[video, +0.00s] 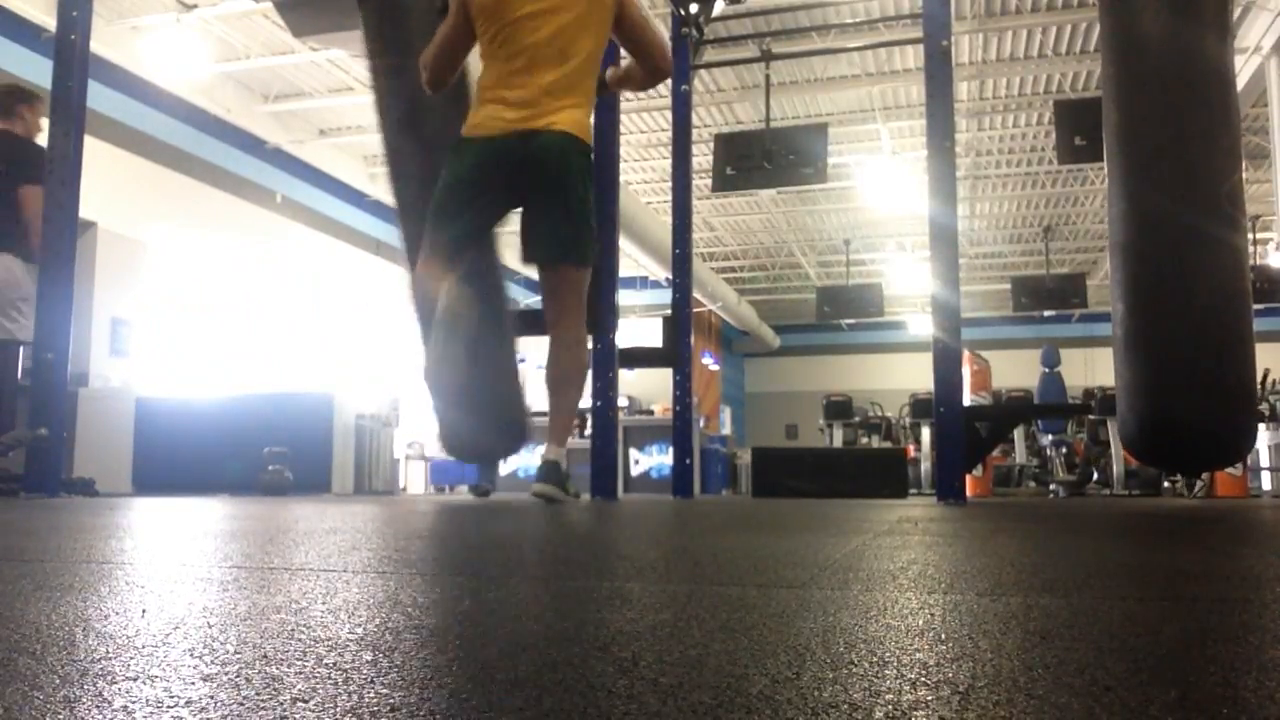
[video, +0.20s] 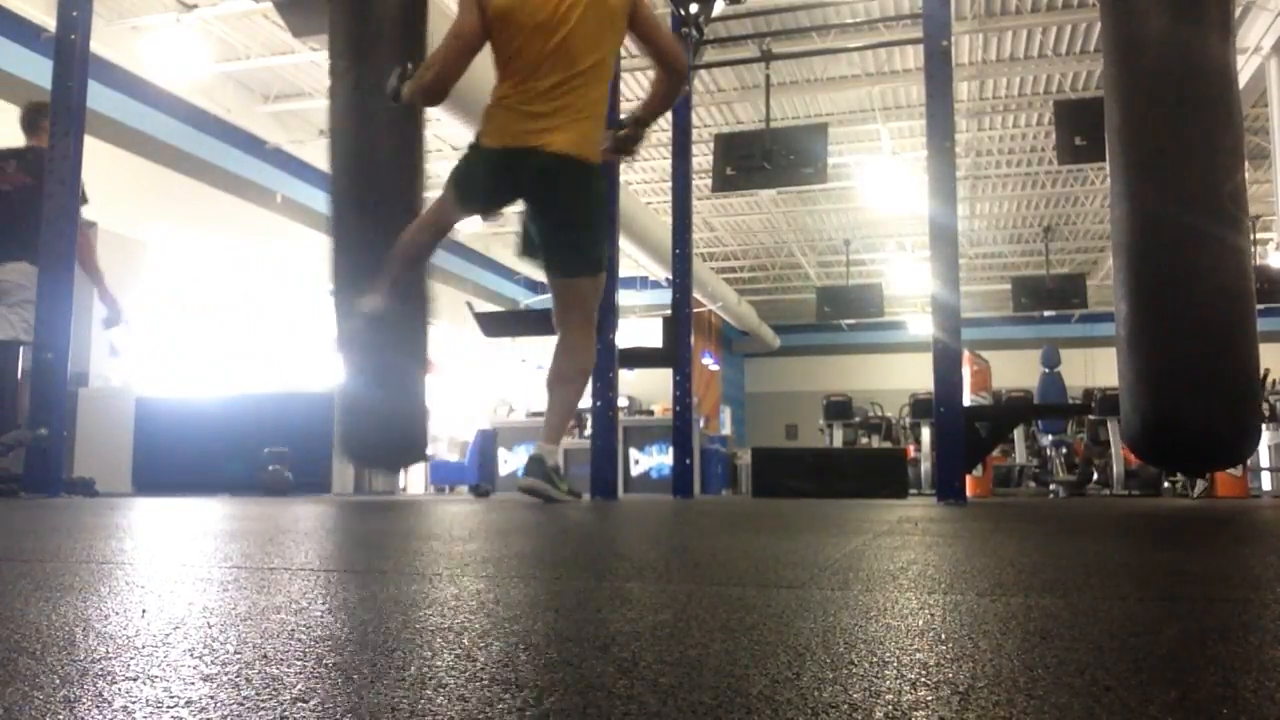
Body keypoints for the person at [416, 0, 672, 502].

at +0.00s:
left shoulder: (481, 2)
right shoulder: (605, 2)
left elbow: (435, 71)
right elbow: (657, 64)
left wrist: (441, 72)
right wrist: (610, 81)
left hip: (485, 142)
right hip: (563, 144)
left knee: (433, 273)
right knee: (567, 314)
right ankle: (554, 459)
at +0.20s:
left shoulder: (490, 2)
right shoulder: (619, 3)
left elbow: (433, 88)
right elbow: (676, 68)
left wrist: (405, 89)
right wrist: (634, 127)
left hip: (500, 149)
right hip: (577, 162)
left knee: (438, 216)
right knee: (577, 324)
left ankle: (381, 293)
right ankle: (546, 457)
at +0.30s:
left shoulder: (505, 1)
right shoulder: (632, 2)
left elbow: (447, 76)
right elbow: (693, 35)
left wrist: (414, 86)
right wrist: (666, 105)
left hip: (515, 130)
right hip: (591, 142)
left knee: (423, 236)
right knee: (578, 305)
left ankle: (356, 331)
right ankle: (557, 448)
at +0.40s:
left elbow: (466, 62)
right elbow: (701, 25)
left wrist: (459, 58)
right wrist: (677, 107)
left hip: (521, 114)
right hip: (598, 122)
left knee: (435, 245)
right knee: (594, 297)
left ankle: (393, 376)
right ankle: (587, 440)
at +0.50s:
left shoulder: (509, 0)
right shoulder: (638, 1)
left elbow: (463, 68)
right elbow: (704, 50)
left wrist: (502, 70)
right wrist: (680, 136)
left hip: (527, 143)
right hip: (604, 146)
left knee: (468, 291)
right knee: (595, 318)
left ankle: (470, 385)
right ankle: (602, 463)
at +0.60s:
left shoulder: (499, 3)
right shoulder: (636, 2)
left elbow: (462, 85)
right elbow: (689, 77)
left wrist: (528, 103)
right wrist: (680, 169)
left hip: (538, 142)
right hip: (614, 143)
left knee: (522, 312)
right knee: (584, 320)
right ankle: (596, 466)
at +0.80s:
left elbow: (467, 25)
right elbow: (700, 4)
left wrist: (530, 76)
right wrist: (683, 91)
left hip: (555, 75)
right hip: (641, 75)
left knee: (542, 260)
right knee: (632, 269)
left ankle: (552, 430)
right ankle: (647, 435)